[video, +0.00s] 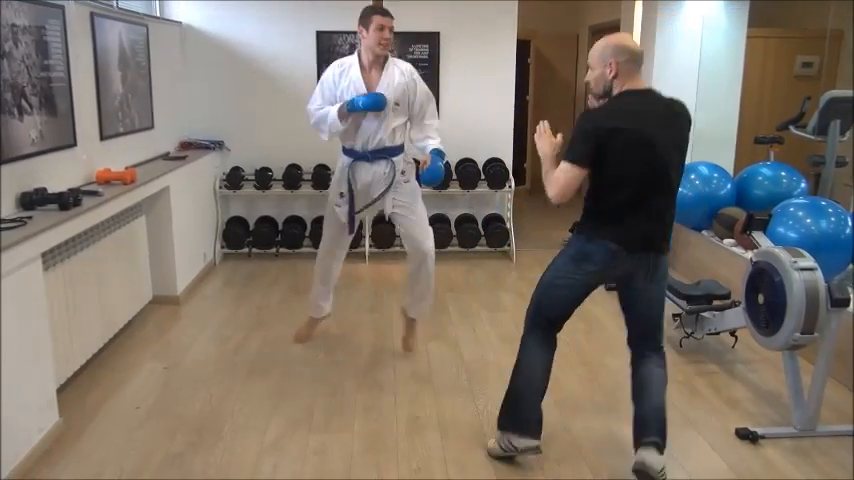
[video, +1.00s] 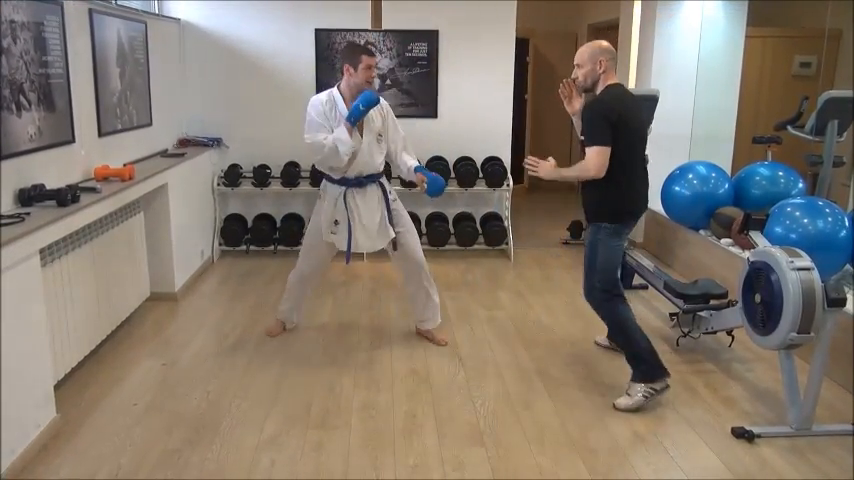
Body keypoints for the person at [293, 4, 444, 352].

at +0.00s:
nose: (387, 36)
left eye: (390, 31)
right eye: (380, 29)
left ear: (394, 36)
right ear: (361, 32)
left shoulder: (407, 75)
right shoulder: (338, 72)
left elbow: (425, 122)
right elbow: (317, 117)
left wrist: (430, 154)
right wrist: (351, 106)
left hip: (398, 170)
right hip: (351, 170)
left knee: (423, 248)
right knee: (331, 245)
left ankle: (412, 316)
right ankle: (318, 312)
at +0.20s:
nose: (361, 63)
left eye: (366, 57)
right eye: (355, 57)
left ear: (369, 61)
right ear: (338, 58)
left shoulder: (381, 96)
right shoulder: (317, 92)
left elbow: (395, 140)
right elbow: (301, 138)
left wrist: (405, 162)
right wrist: (333, 113)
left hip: (371, 185)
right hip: (330, 185)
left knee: (387, 258)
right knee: (312, 253)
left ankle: (383, 324)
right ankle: (309, 319)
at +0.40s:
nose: (360, 52)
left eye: (364, 46)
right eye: (353, 46)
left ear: (367, 50)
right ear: (335, 48)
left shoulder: (379, 84)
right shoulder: (313, 83)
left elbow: (398, 122)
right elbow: (298, 128)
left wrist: (399, 138)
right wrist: (329, 98)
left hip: (372, 178)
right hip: (329, 179)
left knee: (391, 256)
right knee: (310, 252)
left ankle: (405, 335)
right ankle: (304, 314)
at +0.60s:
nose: (366, 67)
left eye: (369, 61)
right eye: (360, 60)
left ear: (370, 65)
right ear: (340, 62)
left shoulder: (383, 100)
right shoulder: (318, 98)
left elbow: (401, 143)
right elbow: (310, 145)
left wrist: (413, 156)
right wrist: (338, 121)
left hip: (375, 190)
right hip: (333, 190)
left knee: (398, 262)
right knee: (312, 261)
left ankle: (407, 341)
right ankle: (309, 318)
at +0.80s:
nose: (374, 53)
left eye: (376, 47)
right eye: (368, 46)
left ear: (374, 51)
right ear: (348, 49)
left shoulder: (386, 88)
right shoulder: (320, 84)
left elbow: (399, 133)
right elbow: (315, 132)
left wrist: (404, 160)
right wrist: (348, 100)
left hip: (382, 175)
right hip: (336, 176)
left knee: (412, 249)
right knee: (310, 249)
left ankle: (425, 322)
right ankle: (293, 316)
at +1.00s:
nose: (374, 75)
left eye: (375, 69)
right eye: (369, 69)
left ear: (362, 71)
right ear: (348, 70)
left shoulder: (379, 107)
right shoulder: (320, 105)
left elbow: (397, 150)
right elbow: (321, 155)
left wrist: (415, 171)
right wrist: (351, 123)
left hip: (378, 191)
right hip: (336, 193)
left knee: (414, 257)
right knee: (308, 265)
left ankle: (426, 323)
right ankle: (286, 318)